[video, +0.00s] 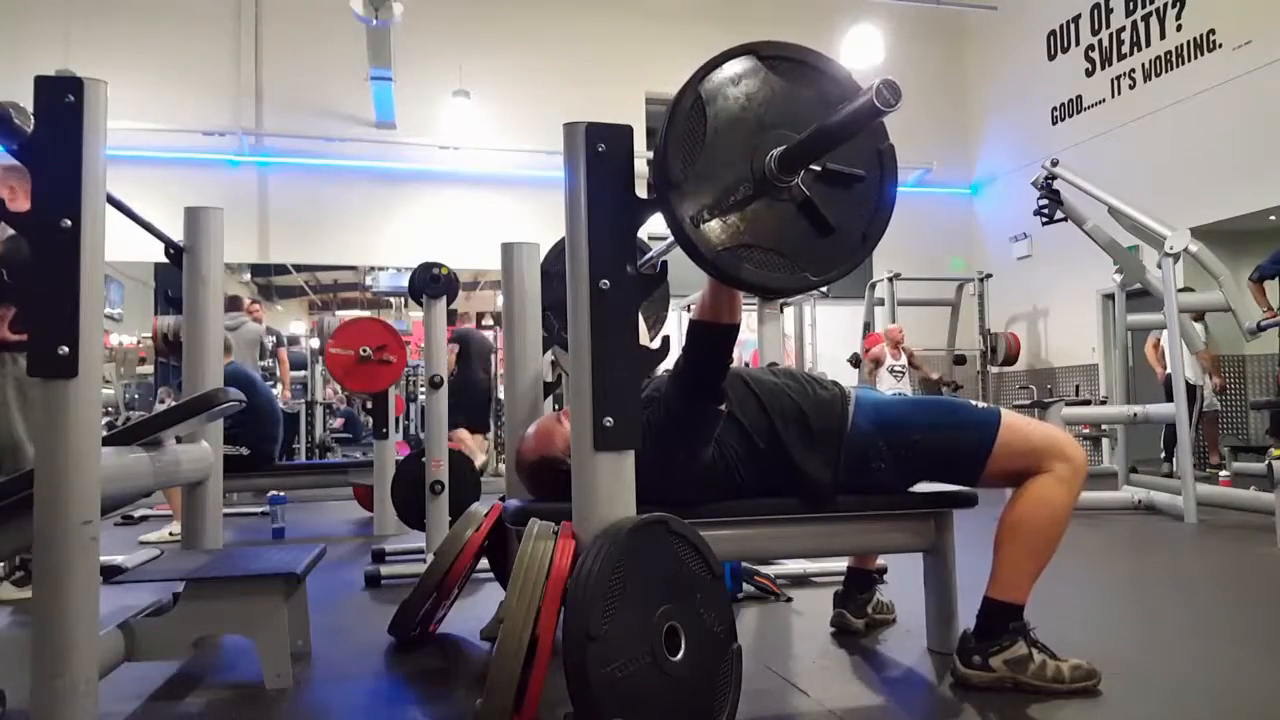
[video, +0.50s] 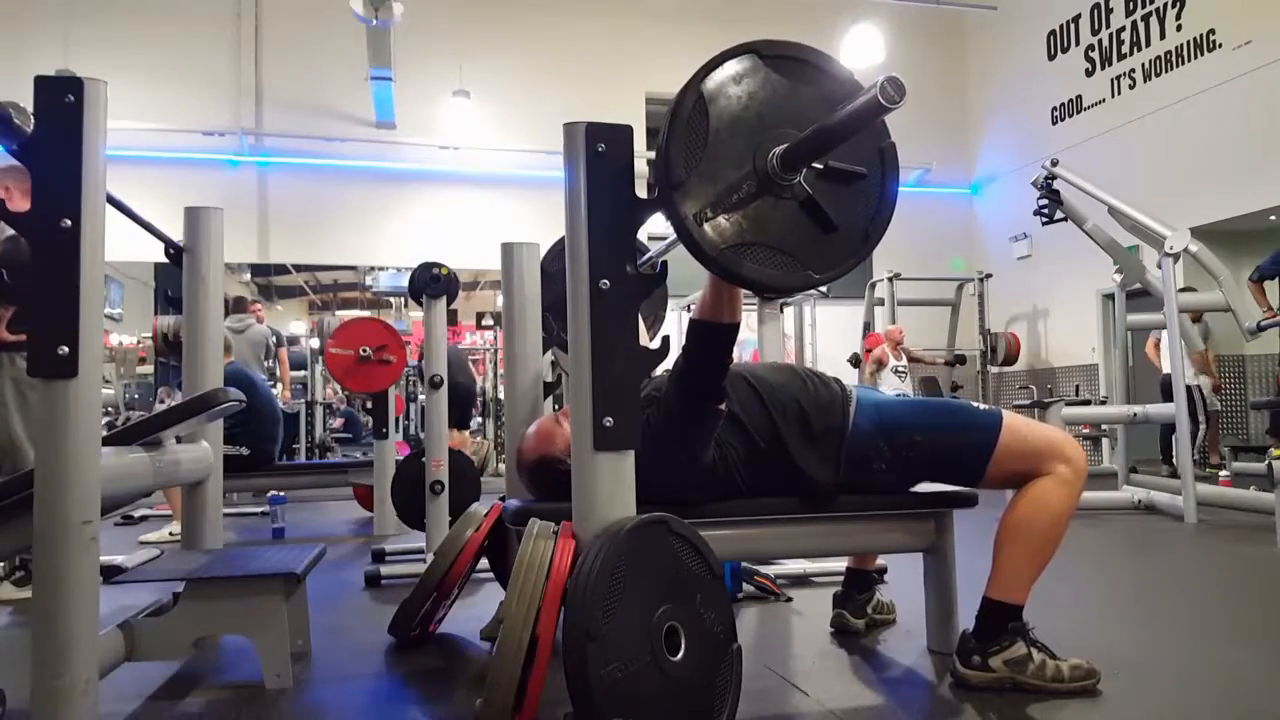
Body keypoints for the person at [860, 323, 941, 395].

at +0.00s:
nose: (903, 334)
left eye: (902, 332)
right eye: (900, 332)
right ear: (891, 336)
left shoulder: (906, 351)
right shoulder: (877, 352)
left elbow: (915, 365)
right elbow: (869, 372)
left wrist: (931, 374)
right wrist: (872, 391)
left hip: (906, 393)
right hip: (886, 393)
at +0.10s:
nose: (903, 334)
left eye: (903, 331)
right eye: (900, 332)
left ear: (892, 336)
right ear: (890, 336)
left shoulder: (905, 351)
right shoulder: (877, 352)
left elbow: (921, 365)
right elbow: (868, 373)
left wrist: (942, 375)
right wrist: (870, 394)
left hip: (906, 396)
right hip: (886, 397)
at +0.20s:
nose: (904, 335)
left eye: (903, 332)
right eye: (901, 332)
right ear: (891, 336)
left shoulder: (906, 353)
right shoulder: (878, 352)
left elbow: (926, 365)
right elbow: (867, 374)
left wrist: (947, 372)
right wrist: (870, 395)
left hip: (907, 398)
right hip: (887, 398)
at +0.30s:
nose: (904, 335)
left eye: (903, 332)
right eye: (901, 333)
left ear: (896, 336)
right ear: (890, 336)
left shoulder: (905, 352)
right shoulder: (879, 353)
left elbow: (925, 363)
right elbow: (868, 373)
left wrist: (947, 367)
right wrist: (871, 394)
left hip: (907, 397)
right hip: (887, 397)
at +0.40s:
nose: (904, 335)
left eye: (903, 332)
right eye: (900, 333)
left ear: (895, 336)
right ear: (890, 336)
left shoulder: (904, 352)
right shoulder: (879, 353)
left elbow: (924, 361)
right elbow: (868, 374)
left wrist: (946, 364)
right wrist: (871, 395)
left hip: (908, 397)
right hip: (888, 397)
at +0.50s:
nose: (903, 335)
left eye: (903, 332)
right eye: (900, 333)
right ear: (890, 336)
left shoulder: (903, 351)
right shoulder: (878, 353)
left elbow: (924, 359)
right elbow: (868, 374)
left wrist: (946, 361)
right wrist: (872, 395)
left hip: (908, 397)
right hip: (889, 397)